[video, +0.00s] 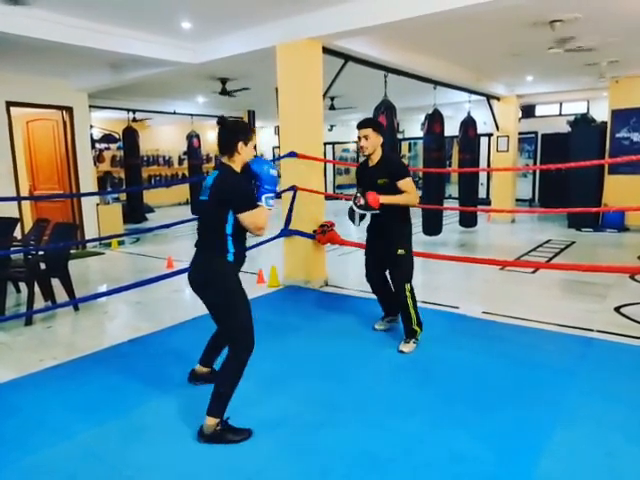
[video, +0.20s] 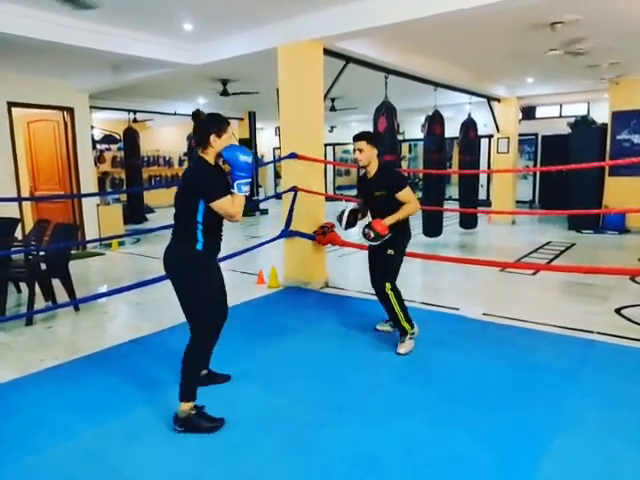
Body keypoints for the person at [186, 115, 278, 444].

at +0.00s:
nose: (254, 151)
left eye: (254, 145)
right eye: (252, 145)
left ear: (228, 147)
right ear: (240, 147)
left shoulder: (214, 176)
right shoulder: (234, 181)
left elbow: (246, 218)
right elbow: (259, 224)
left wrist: (259, 189)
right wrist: (267, 189)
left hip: (202, 269)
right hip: (219, 274)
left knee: (231, 322)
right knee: (243, 343)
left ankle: (203, 368)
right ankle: (213, 423)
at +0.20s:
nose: (234, 142)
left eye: (233, 136)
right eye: (230, 136)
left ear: (210, 138)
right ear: (214, 138)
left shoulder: (209, 168)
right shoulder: (201, 172)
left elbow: (231, 208)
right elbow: (234, 211)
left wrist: (239, 177)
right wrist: (242, 177)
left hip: (201, 257)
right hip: (188, 260)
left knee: (217, 313)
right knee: (203, 328)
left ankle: (200, 370)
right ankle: (185, 410)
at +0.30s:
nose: (218, 142)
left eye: (217, 137)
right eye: (215, 136)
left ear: (196, 138)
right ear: (202, 138)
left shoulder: (199, 168)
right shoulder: (192, 171)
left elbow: (222, 204)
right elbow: (224, 210)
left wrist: (225, 184)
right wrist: (227, 176)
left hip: (197, 255)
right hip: (180, 257)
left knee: (215, 311)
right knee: (193, 323)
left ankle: (201, 371)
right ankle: (149, 386)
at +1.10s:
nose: (202, 157)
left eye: (202, 152)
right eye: (198, 152)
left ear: (196, 154)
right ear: (181, 154)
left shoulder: (203, 179)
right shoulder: (169, 185)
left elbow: (227, 206)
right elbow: (187, 222)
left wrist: (234, 185)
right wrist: (198, 190)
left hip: (207, 253)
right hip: (179, 258)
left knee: (242, 292)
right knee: (177, 316)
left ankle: (231, 338)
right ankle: (155, 360)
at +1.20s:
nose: (210, 154)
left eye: (210, 149)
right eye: (205, 150)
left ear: (197, 153)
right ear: (189, 154)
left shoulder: (213, 176)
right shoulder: (177, 184)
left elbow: (249, 188)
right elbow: (186, 220)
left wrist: (262, 173)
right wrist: (199, 190)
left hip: (214, 251)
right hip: (184, 255)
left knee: (247, 292)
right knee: (181, 313)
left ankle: (255, 334)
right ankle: (157, 359)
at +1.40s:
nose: (235, 151)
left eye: (235, 145)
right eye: (228, 147)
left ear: (237, 147)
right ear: (212, 152)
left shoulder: (241, 174)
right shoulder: (202, 178)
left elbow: (269, 188)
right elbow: (215, 212)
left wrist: (278, 172)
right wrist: (227, 183)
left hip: (235, 247)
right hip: (207, 250)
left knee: (256, 295)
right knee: (192, 304)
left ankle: (264, 335)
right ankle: (166, 353)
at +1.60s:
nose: (241, 154)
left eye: (240, 150)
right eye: (237, 151)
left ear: (225, 154)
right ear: (223, 154)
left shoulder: (233, 175)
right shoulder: (224, 179)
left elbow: (248, 204)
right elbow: (251, 208)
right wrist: (256, 180)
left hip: (237, 247)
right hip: (218, 249)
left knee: (261, 290)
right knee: (220, 305)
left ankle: (264, 336)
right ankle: (188, 339)